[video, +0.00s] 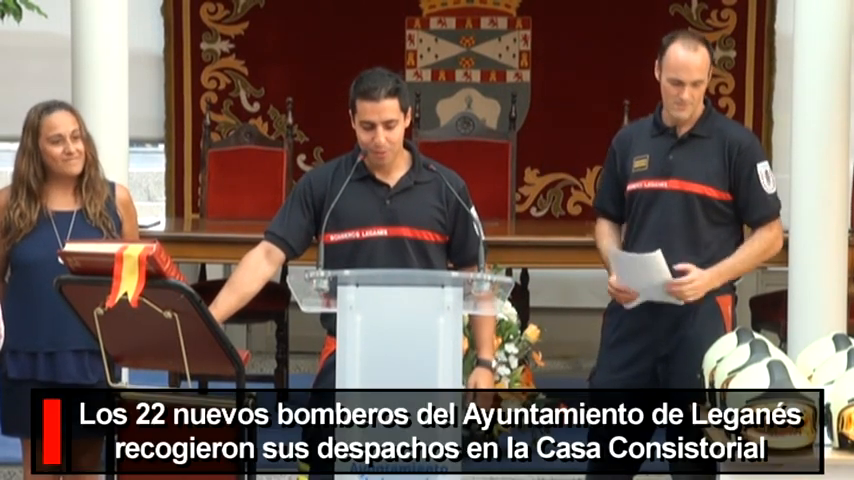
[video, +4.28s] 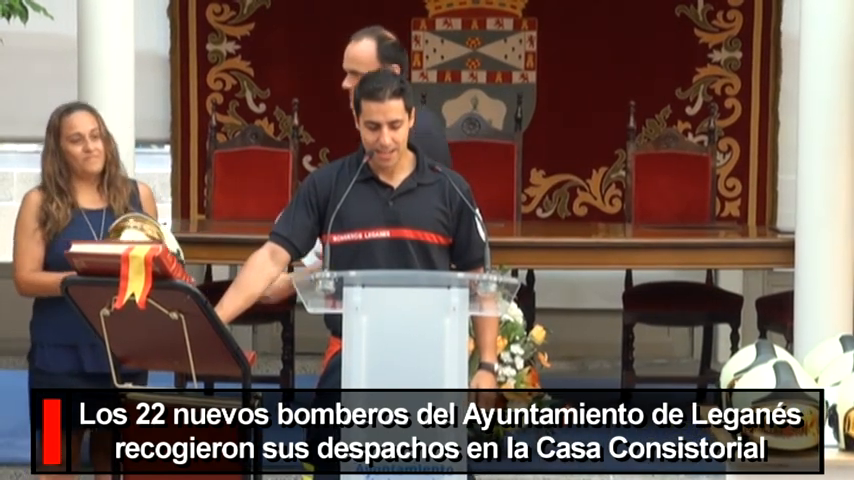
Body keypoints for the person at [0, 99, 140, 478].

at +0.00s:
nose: (72, 147)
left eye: (77, 136)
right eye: (57, 140)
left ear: (86, 140)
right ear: (36, 149)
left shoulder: (116, 199)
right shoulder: (10, 203)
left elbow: (134, 277)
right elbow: (1, 280)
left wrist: (128, 346)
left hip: (93, 360)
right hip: (28, 359)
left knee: (88, 466)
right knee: (40, 467)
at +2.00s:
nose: (74, 148)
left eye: (78, 136)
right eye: (60, 141)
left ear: (86, 139)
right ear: (36, 150)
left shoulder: (116, 199)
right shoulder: (10, 204)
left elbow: (133, 279)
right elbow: (2, 280)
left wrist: (127, 350)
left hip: (93, 362)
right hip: (29, 362)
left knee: (87, 467)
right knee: (41, 469)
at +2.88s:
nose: (95, 151)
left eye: (94, 140)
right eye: (83, 143)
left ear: (97, 141)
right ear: (52, 151)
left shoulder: (112, 194)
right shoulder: (19, 202)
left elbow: (132, 269)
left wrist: (130, 340)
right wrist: (2, 349)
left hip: (100, 348)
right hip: (38, 350)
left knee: (102, 462)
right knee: (49, 465)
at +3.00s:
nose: (97, 152)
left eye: (97, 141)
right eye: (85, 143)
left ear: (100, 142)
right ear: (55, 149)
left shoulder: (114, 195)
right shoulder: (24, 199)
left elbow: (143, 270)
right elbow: (6, 281)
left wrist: (199, 301)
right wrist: (62, 329)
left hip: (109, 353)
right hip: (46, 355)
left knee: (108, 459)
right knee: (52, 464)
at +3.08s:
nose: (98, 151)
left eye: (98, 140)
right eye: (86, 144)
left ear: (102, 141)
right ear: (56, 151)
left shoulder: (117, 194)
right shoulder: (30, 200)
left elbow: (144, 257)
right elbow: (27, 281)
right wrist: (90, 306)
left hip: (111, 346)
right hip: (53, 349)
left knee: (110, 457)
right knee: (55, 462)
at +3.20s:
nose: (102, 148)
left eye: (102, 138)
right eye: (88, 142)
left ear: (107, 139)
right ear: (61, 150)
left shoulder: (124, 193)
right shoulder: (40, 200)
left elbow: (151, 258)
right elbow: (63, 279)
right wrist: (117, 318)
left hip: (118, 348)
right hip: (61, 349)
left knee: (113, 460)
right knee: (59, 464)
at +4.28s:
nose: (91, 146)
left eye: (97, 136)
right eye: (77, 139)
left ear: (106, 140)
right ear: (58, 149)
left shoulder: (138, 195)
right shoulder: (40, 201)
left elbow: (154, 267)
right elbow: (25, 279)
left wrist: (117, 276)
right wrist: (88, 281)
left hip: (121, 353)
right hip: (59, 352)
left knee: (114, 461)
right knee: (56, 465)